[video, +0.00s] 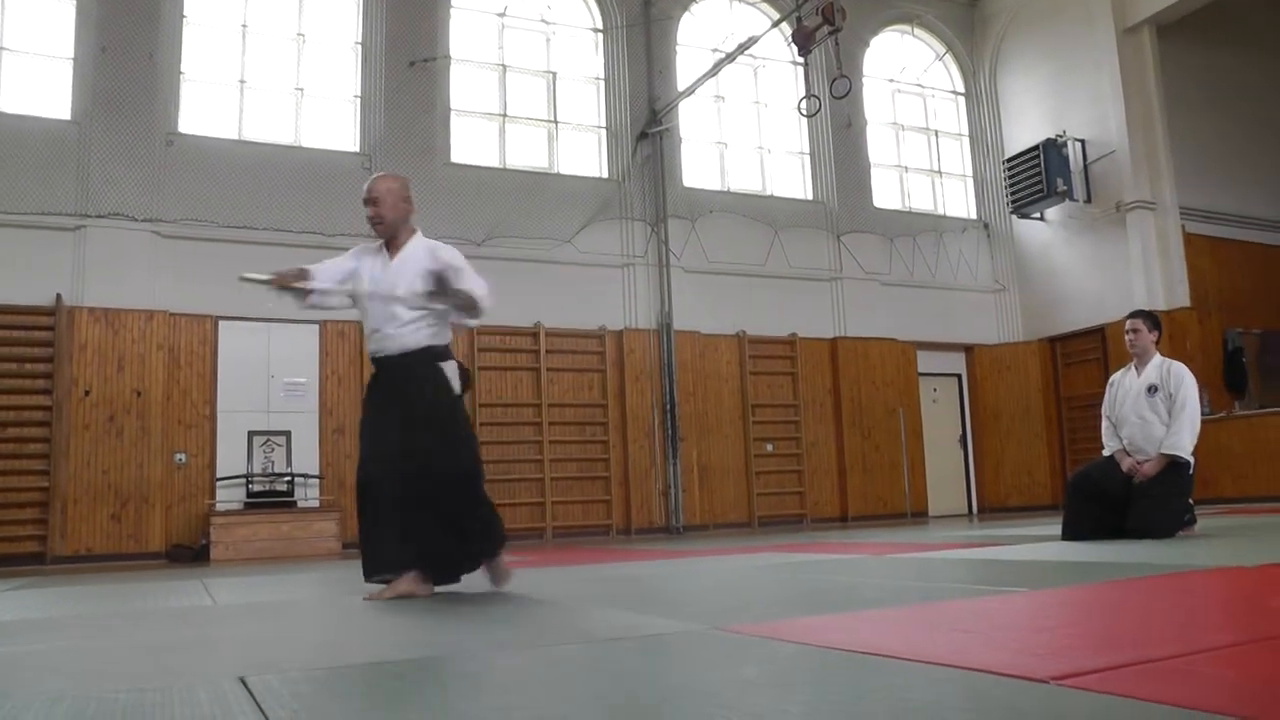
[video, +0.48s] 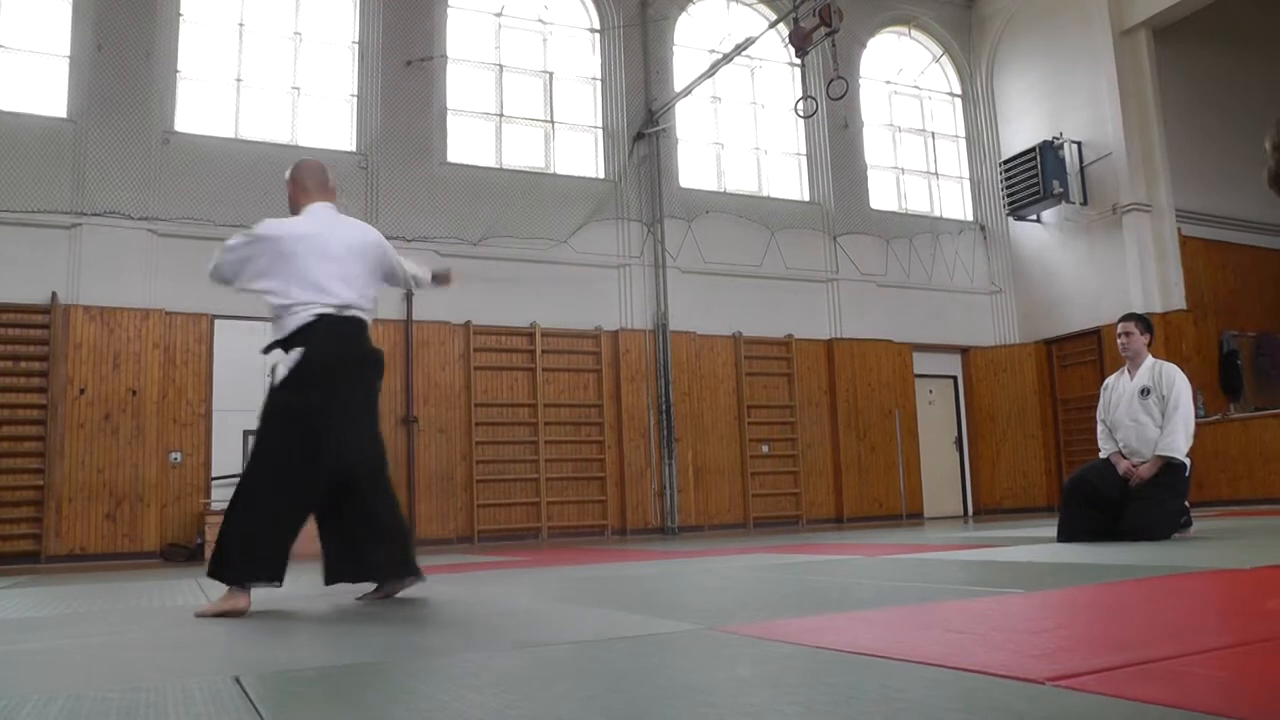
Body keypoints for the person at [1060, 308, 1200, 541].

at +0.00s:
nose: (1129, 337)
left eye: (1135, 331)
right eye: (1126, 332)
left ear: (1154, 336)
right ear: (1124, 337)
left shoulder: (1176, 373)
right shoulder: (1116, 381)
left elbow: (1186, 423)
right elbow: (1107, 425)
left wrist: (1157, 463)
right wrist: (1122, 458)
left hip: (1168, 466)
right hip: (1125, 464)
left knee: (1143, 528)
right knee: (1081, 485)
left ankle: (1184, 512)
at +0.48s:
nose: (1122, 341)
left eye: (1128, 335)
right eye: (1119, 336)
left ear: (1146, 338)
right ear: (1116, 341)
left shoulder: (1168, 374)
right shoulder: (1110, 384)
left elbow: (1179, 425)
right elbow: (1103, 429)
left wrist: (1153, 465)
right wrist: (1118, 461)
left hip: (1164, 468)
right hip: (1120, 467)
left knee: (1140, 530)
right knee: (1077, 488)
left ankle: (1180, 513)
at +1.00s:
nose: (1130, 360)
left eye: (1136, 354)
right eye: (1126, 355)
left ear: (1154, 358)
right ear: (1123, 360)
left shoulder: (1176, 395)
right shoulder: (1116, 403)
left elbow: (1186, 446)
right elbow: (1107, 448)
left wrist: (1158, 486)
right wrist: (1123, 481)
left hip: (1169, 488)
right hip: (1125, 487)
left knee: (1145, 551)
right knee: (1083, 506)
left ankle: (1186, 534)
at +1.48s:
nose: (1133, 376)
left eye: (1139, 370)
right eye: (1130, 371)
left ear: (1157, 373)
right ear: (1126, 376)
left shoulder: (1180, 410)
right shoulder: (1120, 418)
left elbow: (1190, 462)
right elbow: (1112, 464)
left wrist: (1162, 501)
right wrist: (1127, 496)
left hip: (1174, 504)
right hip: (1129, 502)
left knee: (1147, 565)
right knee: (1086, 521)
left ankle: (1190, 549)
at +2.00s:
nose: (1136, 383)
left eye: (1142, 378)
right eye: (1132, 379)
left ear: (1160, 382)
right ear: (1129, 384)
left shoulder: (1183, 419)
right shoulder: (1123, 427)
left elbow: (1192, 471)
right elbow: (1114, 472)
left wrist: (1164, 510)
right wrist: (1129, 505)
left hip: (1175, 512)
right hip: (1131, 510)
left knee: (1152, 574)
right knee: (1087, 531)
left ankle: (1193, 559)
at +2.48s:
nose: (1134, 387)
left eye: (1140, 381)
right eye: (1131, 382)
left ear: (1159, 385)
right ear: (1128, 387)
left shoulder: (1181, 422)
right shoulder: (1122, 431)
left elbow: (1192, 473)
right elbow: (1113, 476)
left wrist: (1164, 513)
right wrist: (1130, 509)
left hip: (1176, 515)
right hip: (1132, 514)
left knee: (1153, 577)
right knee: (1089, 533)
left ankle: (1194, 561)